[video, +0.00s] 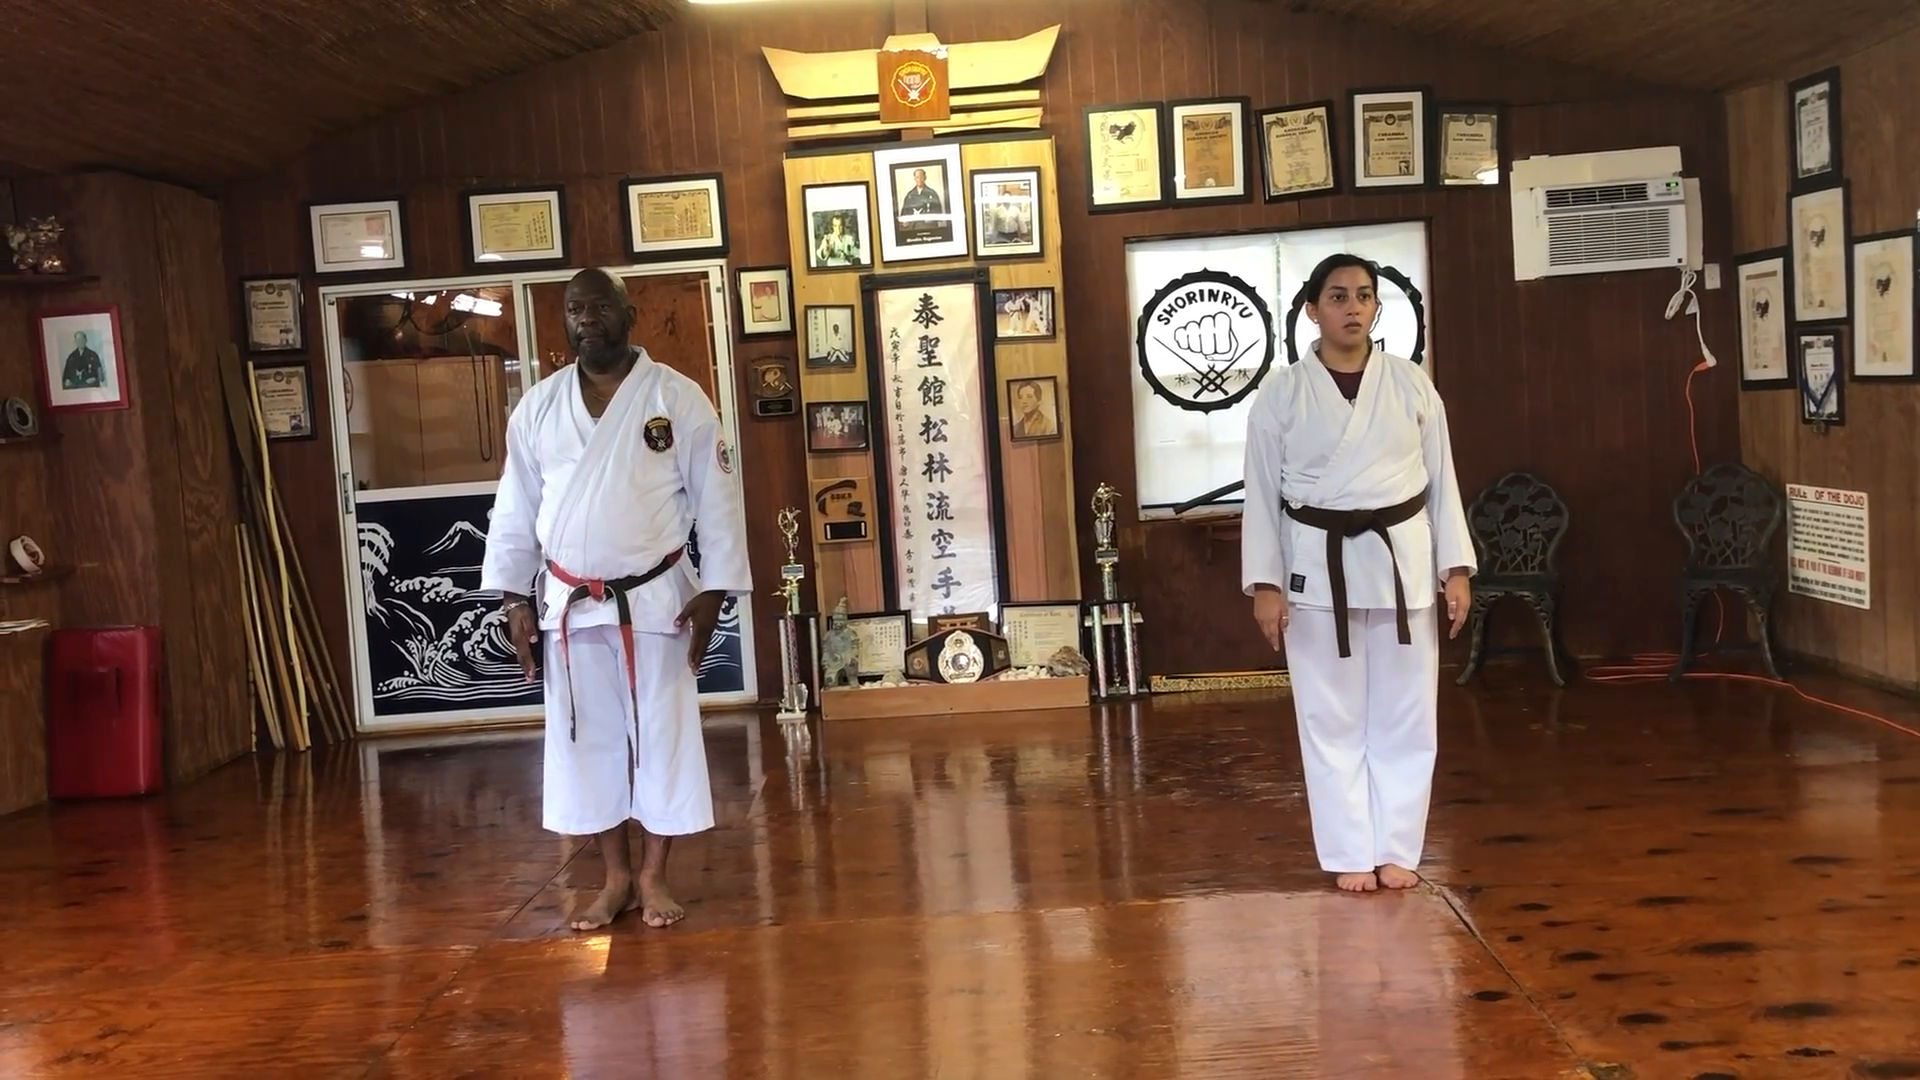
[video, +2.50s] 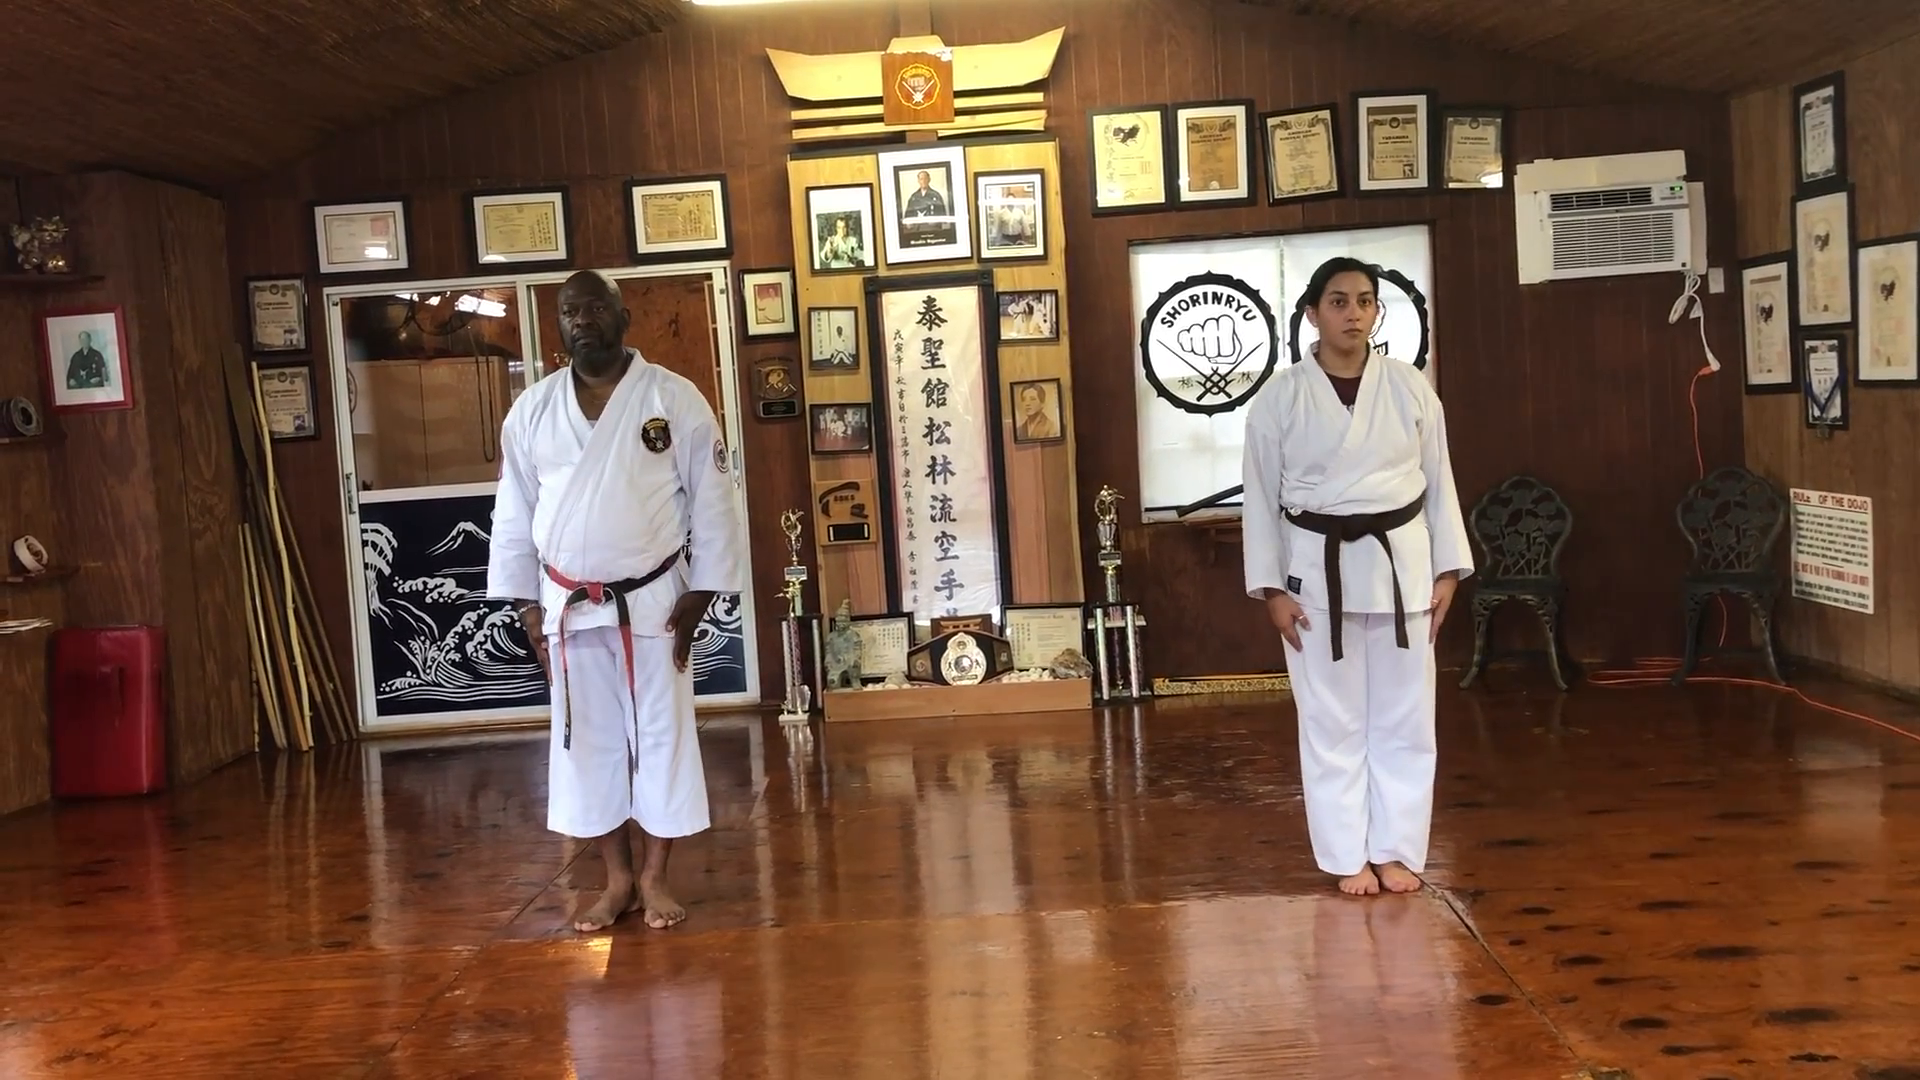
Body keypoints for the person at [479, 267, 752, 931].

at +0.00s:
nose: (587, 321)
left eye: (600, 309)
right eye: (577, 311)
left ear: (629, 317)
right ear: (563, 325)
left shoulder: (678, 398)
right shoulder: (536, 407)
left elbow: (717, 499)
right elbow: (516, 506)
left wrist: (716, 591)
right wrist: (513, 598)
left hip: (655, 591)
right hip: (570, 597)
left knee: (659, 733)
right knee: (588, 734)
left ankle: (651, 876)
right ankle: (615, 878)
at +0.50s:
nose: (590, 322)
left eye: (602, 311)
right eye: (579, 314)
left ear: (632, 318)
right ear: (566, 327)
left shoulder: (680, 400)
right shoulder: (538, 410)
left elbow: (719, 501)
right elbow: (518, 509)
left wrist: (717, 593)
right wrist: (516, 601)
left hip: (657, 593)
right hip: (572, 598)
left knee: (661, 736)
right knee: (588, 736)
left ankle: (652, 878)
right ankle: (616, 879)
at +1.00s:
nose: (560, 392)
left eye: (572, 379)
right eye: (550, 380)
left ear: (605, 367)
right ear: (540, 376)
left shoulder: (666, 420)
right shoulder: (522, 430)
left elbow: (716, 510)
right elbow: (514, 528)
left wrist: (707, 600)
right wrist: (532, 616)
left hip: (662, 608)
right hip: (577, 614)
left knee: (665, 745)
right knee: (592, 746)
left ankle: (651, 882)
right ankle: (613, 884)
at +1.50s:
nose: (560, 435)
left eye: (573, 420)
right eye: (547, 423)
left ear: (602, 401)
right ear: (532, 417)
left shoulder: (661, 441)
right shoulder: (515, 456)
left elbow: (719, 519)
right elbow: (513, 545)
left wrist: (704, 610)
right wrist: (535, 625)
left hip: (659, 619)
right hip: (577, 624)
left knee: (663, 750)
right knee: (590, 751)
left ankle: (649, 883)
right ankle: (612, 885)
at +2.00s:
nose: (566, 340)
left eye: (577, 325)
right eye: (555, 330)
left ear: (610, 325)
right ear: (545, 337)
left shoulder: (667, 401)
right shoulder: (523, 414)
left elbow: (710, 502)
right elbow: (512, 514)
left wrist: (705, 594)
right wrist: (525, 604)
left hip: (655, 595)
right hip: (569, 603)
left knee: (660, 737)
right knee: (588, 738)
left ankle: (650, 880)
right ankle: (613, 882)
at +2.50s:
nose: (583, 322)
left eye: (594, 309)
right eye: (571, 314)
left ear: (624, 317)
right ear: (557, 329)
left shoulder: (674, 399)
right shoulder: (531, 411)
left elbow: (712, 502)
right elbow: (514, 510)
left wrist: (703, 592)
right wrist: (524, 601)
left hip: (653, 591)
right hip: (570, 598)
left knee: (658, 734)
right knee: (590, 735)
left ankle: (652, 880)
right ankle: (616, 880)